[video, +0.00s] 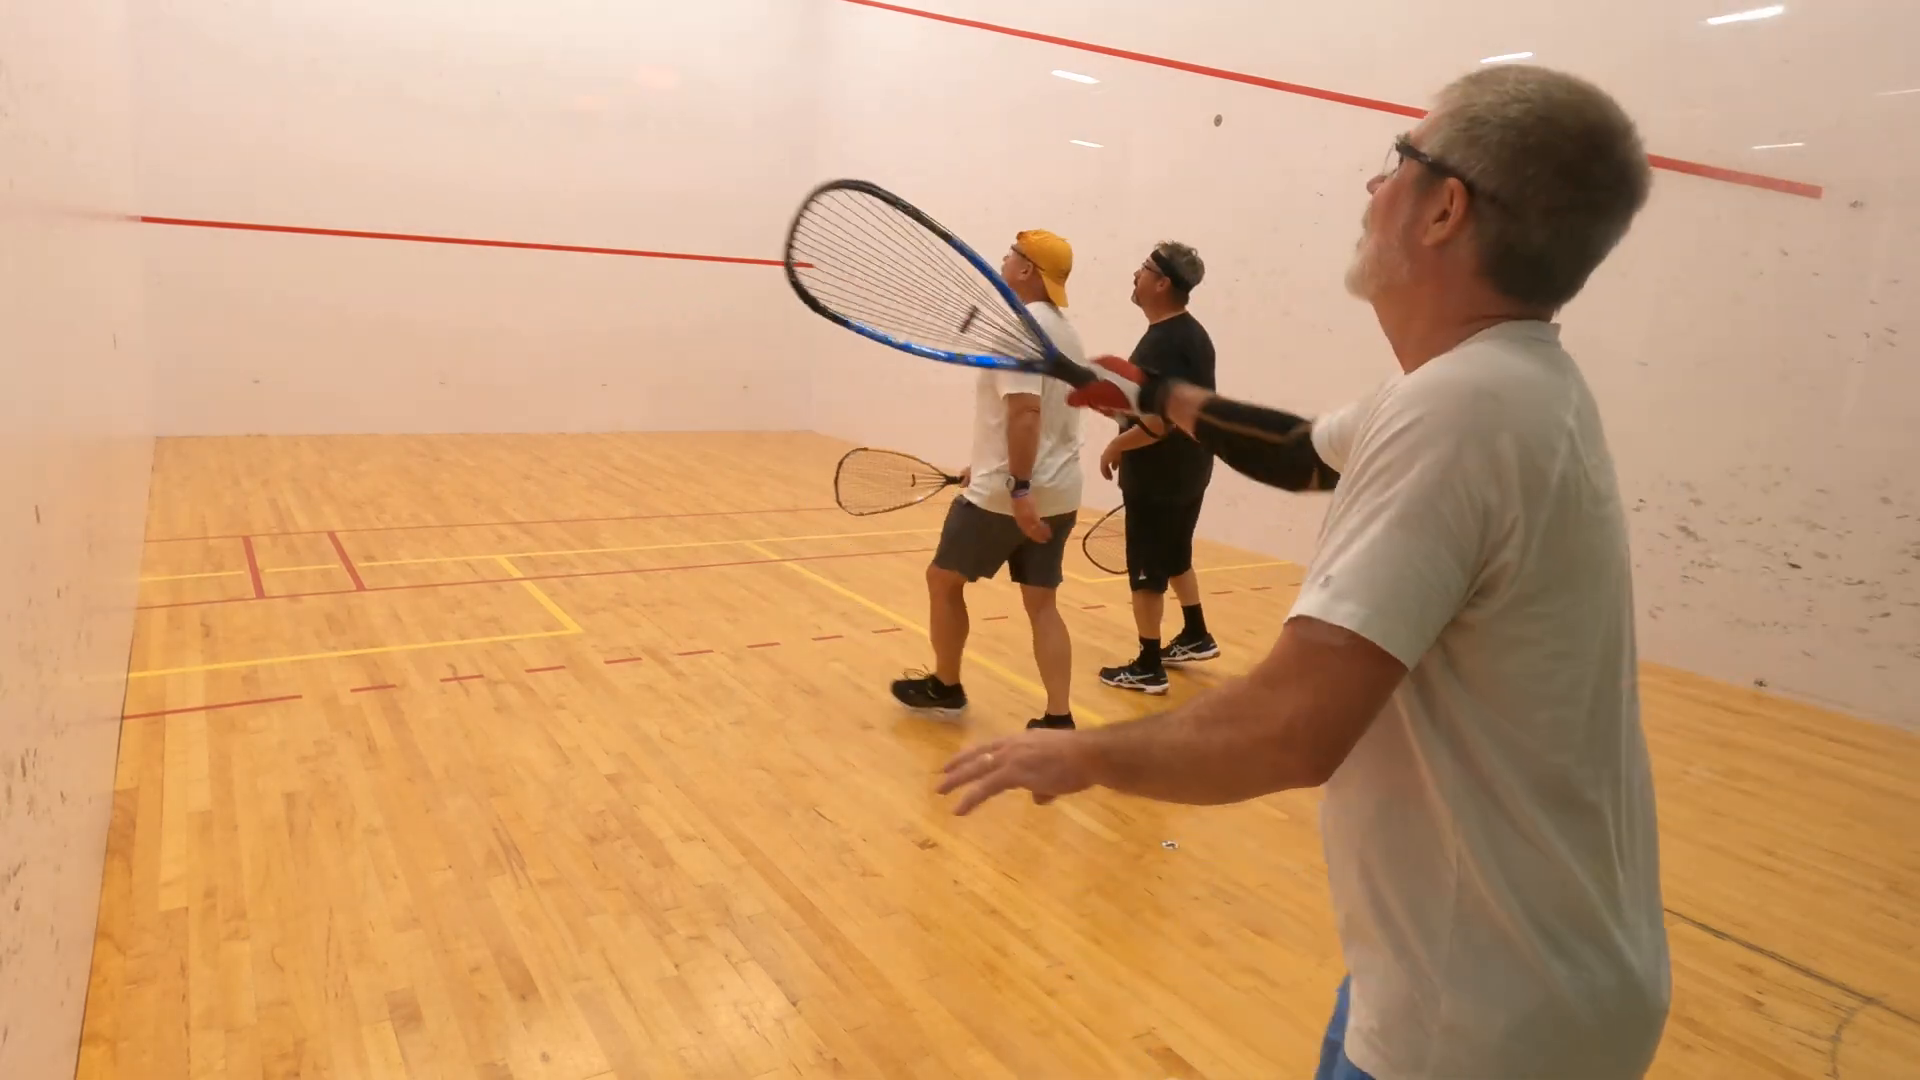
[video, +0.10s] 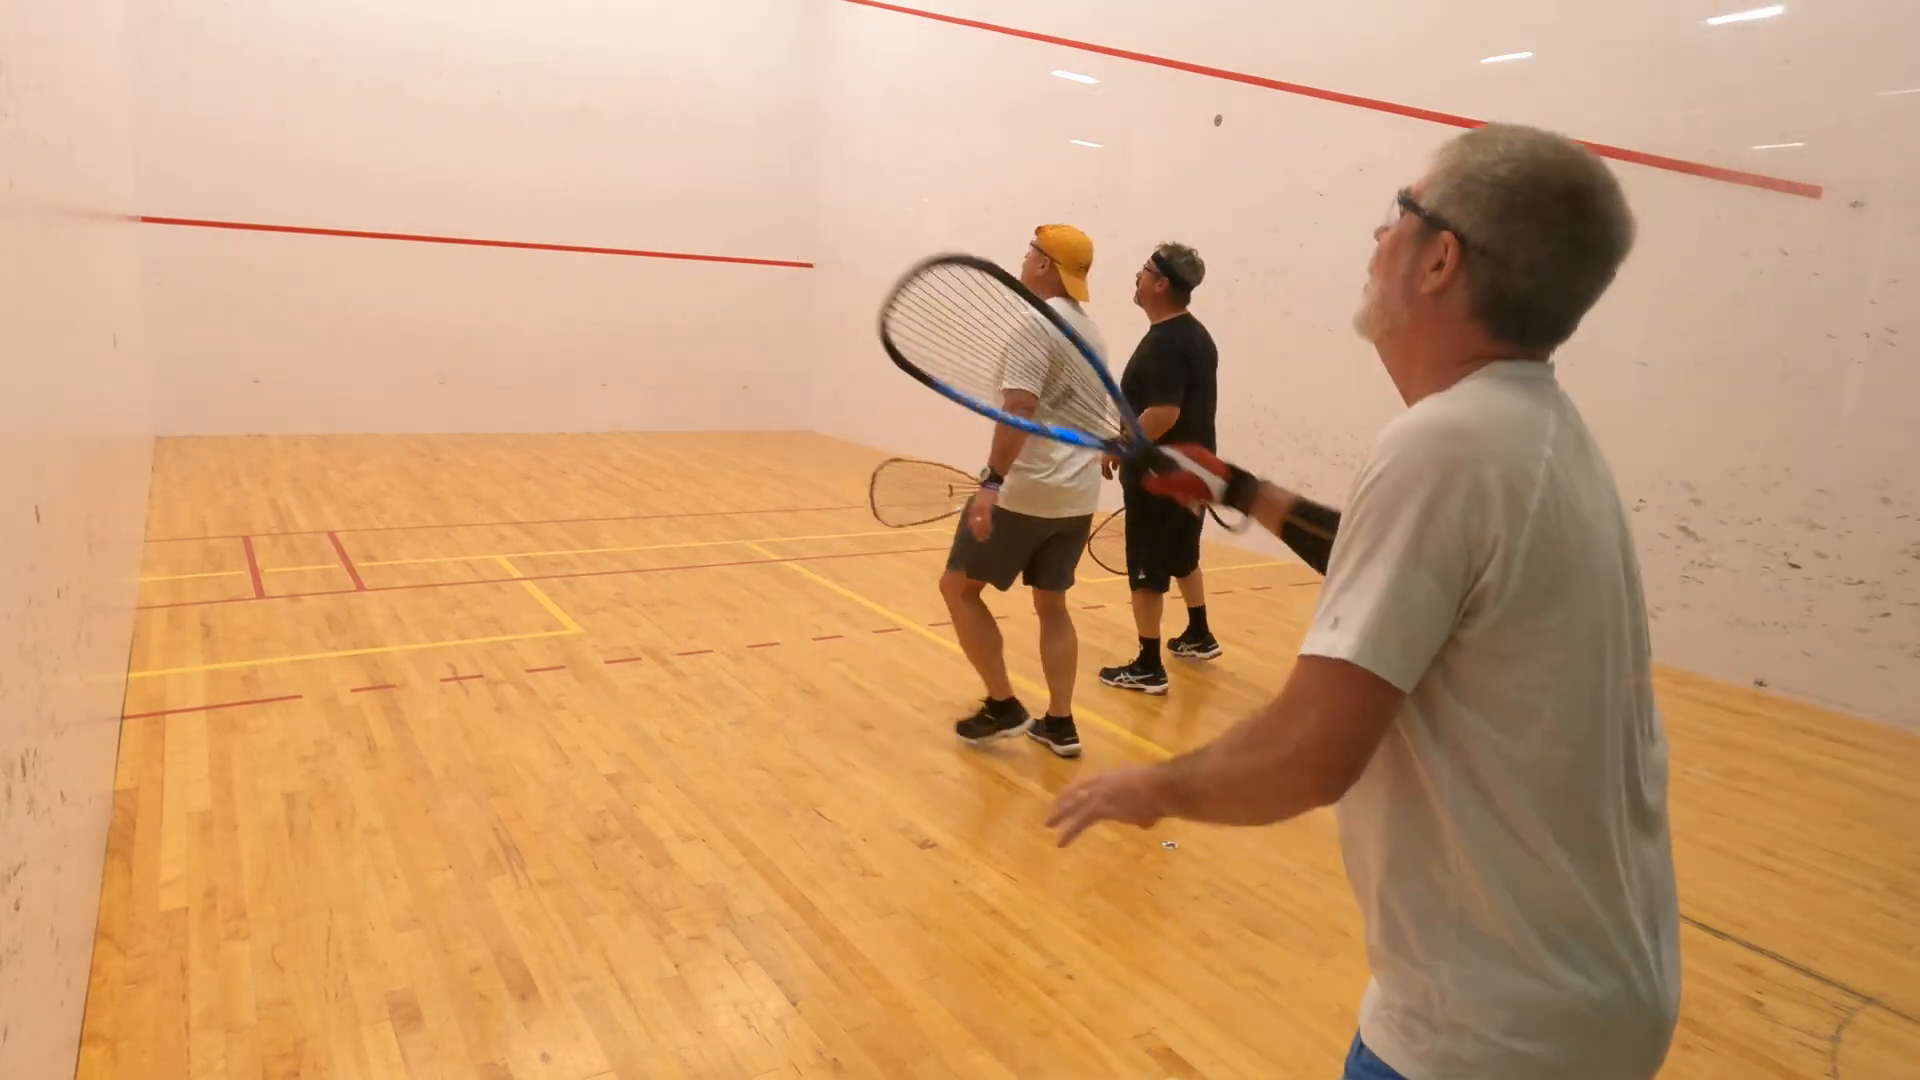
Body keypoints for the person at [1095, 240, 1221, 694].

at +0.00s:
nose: (1135, 275)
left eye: (1144, 271)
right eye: (1140, 268)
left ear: (1162, 285)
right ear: (1172, 288)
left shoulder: (1161, 342)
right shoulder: (1193, 335)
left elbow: (1160, 424)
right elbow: (1182, 412)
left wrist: (1117, 446)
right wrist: (1121, 422)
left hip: (1157, 473)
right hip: (1187, 468)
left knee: (1146, 566)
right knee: (1176, 553)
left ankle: (1148, 665)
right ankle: (1196, 633)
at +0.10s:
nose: (1137, 277)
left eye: (1144, 273)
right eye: (1141, 271)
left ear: (1161, 286)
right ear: (1175, 289)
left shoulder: (1165, 341)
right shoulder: (1195, 335)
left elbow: (1162, 411)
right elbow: (1188, 409)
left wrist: (1118, 448)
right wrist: (1122, 438)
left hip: (1156, 473)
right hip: (1188, 471)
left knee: (1146, 564)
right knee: (1184, 552)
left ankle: (1148, 664)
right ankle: (1199, 631)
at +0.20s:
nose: (1141, 279)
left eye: (1149, 275)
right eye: (1146, 273)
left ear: (1166, 288)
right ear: (1179, 291)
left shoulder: (1168, 343)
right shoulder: (1201, 339)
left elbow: (1160, 418)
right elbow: (1198, 415)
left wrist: (1111, 442)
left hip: (1157, 476)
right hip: (1191, 475)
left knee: (1143, 565)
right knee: (1190, 551)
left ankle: (1148, 664)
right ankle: (1206, 630)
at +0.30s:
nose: (1147, 284)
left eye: (1154, 280)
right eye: (1152, 278)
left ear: (1170, 291)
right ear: (1186, 295)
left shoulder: (1171, 347)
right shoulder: (1208, 343)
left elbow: (1166, 416)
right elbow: (1206, 415)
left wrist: (1122, 442)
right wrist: (1150, 442)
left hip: (1164, 475)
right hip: (1199, 474)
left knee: (1145, 565)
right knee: (1195, 552)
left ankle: (1147, 662)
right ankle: (1214, 630)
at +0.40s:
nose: (1153, 290)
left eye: (1160, 285)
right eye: (1158, 283)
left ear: (1178, 295)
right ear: (1190, 297)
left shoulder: (1180, 351)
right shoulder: (1213, 344)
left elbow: (1174, 421)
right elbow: (1207, 419)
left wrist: (1147, 482)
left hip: (1178, 482)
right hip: (1206, 480)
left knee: (1147, 566)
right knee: (1197, 556)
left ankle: (1149, 663)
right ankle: (1214, 635)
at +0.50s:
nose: (1160, 291)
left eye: (1167, 285)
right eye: (1163, 284)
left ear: (1187, 294)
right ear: (1197, 295)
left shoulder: (1190, 348)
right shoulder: (1220, 342)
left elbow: (1189, 421)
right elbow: (1214, 417)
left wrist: (1172, 487)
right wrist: (1189, 473)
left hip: (1188, 478)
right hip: (1214, 476)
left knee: (1159, 565)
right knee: (1204, 556)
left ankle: (1150, 657)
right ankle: (1216, 635)